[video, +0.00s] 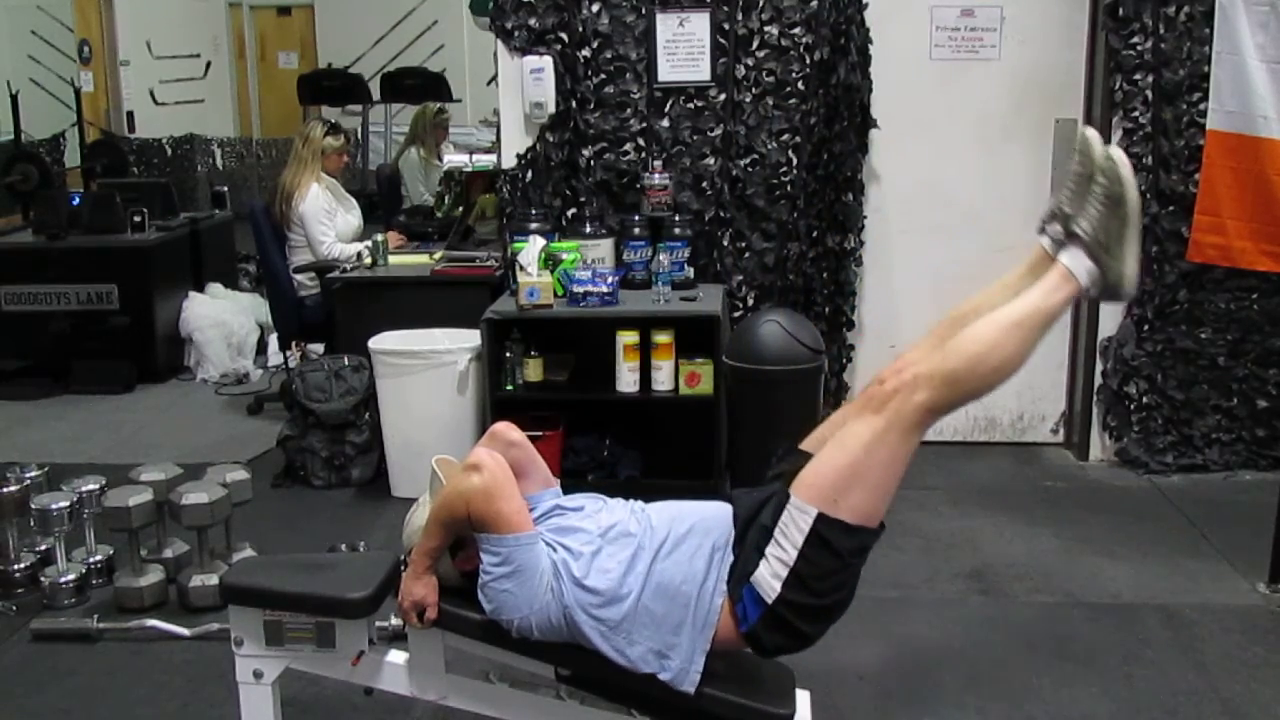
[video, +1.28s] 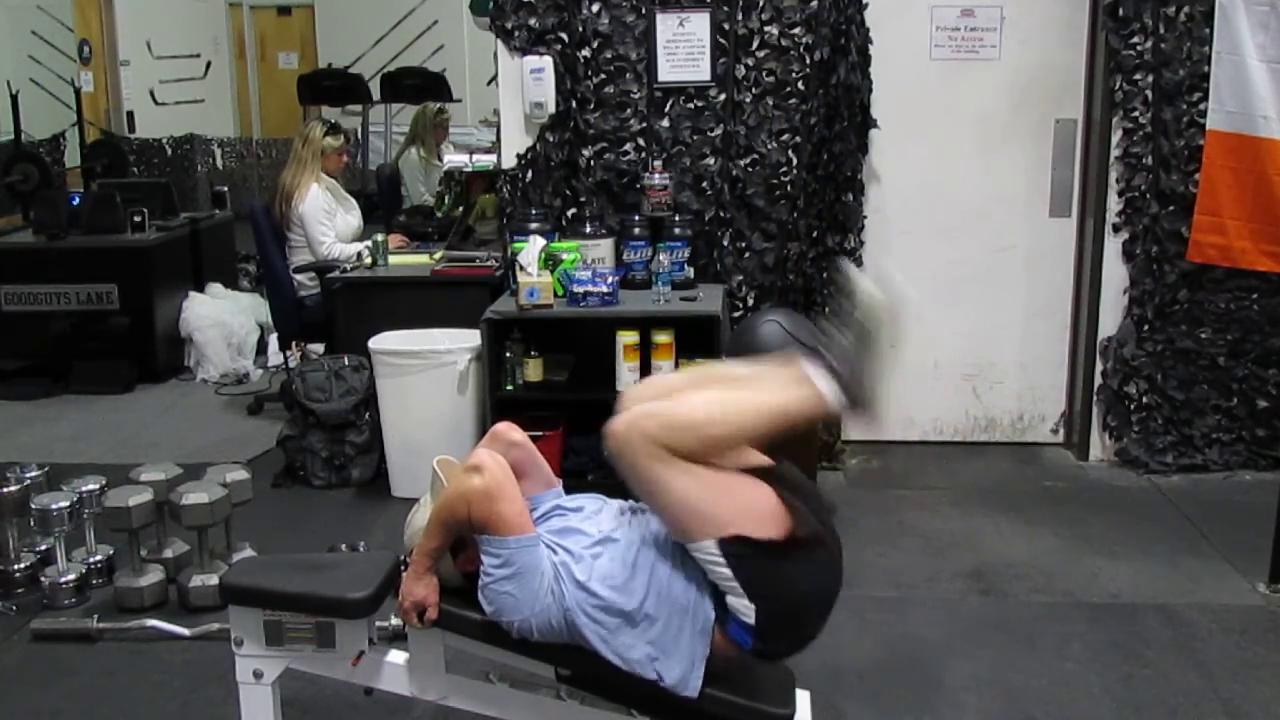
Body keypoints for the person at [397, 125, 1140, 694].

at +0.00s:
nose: (498, 471)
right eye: (484, 470)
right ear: (476, 511)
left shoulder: (546, 526)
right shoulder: (517, 578)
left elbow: (504, 442)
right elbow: (469, 475)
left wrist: (432, 541)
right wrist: (423, 553)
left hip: (743, 534)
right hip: (758, 590)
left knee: (898, 384)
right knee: (901, 396)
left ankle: (1061, 251)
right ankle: (1080, 266)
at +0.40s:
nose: (515, 461)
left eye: (516, 454)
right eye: (496, 462)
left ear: (525, 482)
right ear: (479, 508)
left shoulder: (561, 525)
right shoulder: (511, 577)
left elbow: (508, 432)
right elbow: (465, 476)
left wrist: (445, 519)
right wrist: (422, 555)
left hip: (761, 537)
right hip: (755, 599)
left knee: (933, 413)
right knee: (932, 430)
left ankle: (1129, 335)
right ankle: (1141, 352)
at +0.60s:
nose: (518, 462)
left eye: (520, 457)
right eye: (503, 464)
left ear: (519, 485)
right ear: (487, 504)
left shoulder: (560, 522)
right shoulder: (516, 582)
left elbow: (516, 441)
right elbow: (471, 469)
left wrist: (452, 516)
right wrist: (422, 559)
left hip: (761, 558)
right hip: (759, 610)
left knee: (915, 404)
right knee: (913, 418)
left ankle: (1119, 426)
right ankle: (1121, 447)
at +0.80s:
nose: (515, 465)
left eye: (518, 457)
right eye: (497, 469)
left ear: (512, 494)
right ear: (482, 508)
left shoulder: (560, 521)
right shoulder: (520, 582)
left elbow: (510, 434)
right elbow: (473, 475)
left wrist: (454, 515)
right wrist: (423, 558)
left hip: (761, 567)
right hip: (763, 618)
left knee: (871, 396)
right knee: (861, 403)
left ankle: (1029, 513)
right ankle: (1027, 519)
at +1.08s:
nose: (497, 491)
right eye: (485, 490)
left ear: (504, 509)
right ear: (483, 549)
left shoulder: (560, 521)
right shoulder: (521, 585)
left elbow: (507, 434)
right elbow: (475, 475)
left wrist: (453, 518)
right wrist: (423, 561)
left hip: (766, 583)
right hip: (762, 627)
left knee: (751, 375)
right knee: (743, 404)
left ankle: (918, 497)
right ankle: (924, 503)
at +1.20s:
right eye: (477, 497)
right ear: (476, 558)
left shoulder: (552, 516)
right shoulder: (519, 593)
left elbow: (507, 437)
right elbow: (475, 475)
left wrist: (465, 526)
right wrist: (423, 563)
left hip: (769, 572)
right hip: (759, 622)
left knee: (677, 390)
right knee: (667, 422)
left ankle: (866, 427)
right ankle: (867, 447)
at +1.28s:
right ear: (472, 558)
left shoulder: (554, 517)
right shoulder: (518, 590)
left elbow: (507, 438)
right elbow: (480, 477)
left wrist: (460, 518)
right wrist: (423, 563)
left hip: (780, 545)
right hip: (764, 602)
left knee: (642, 397)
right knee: (630, 433)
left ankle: (812, 378)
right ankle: (826, 381)